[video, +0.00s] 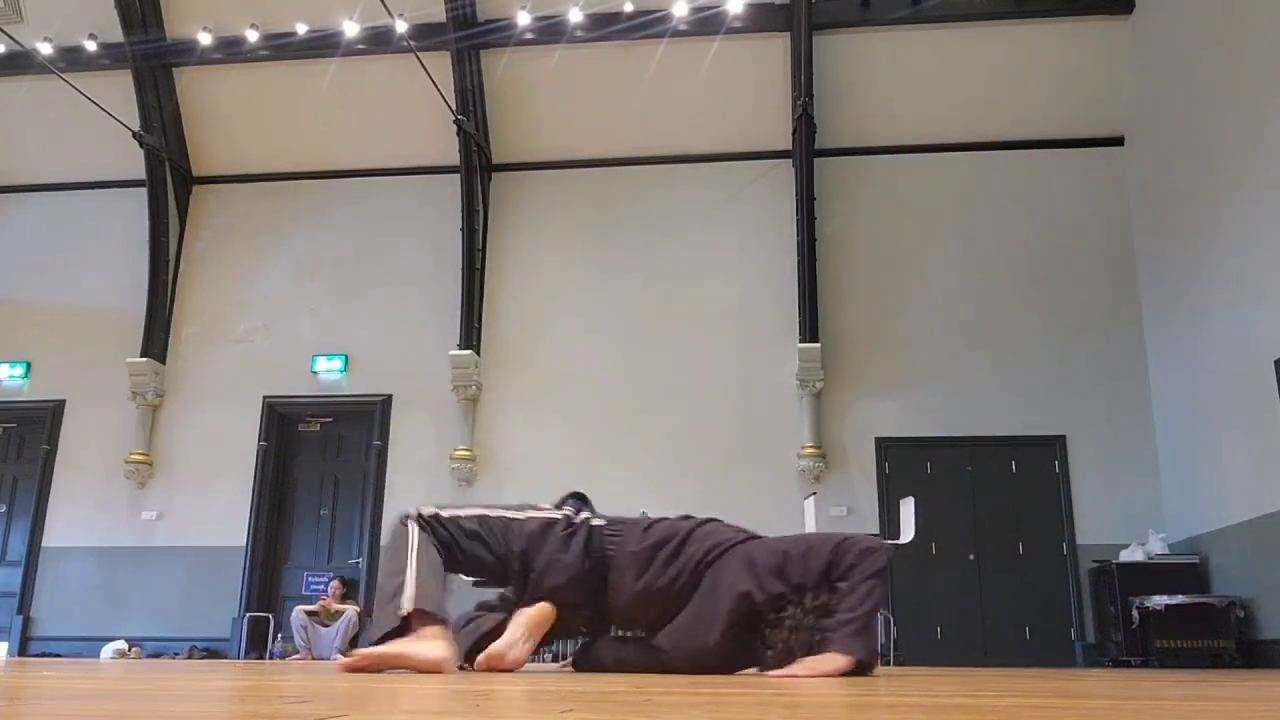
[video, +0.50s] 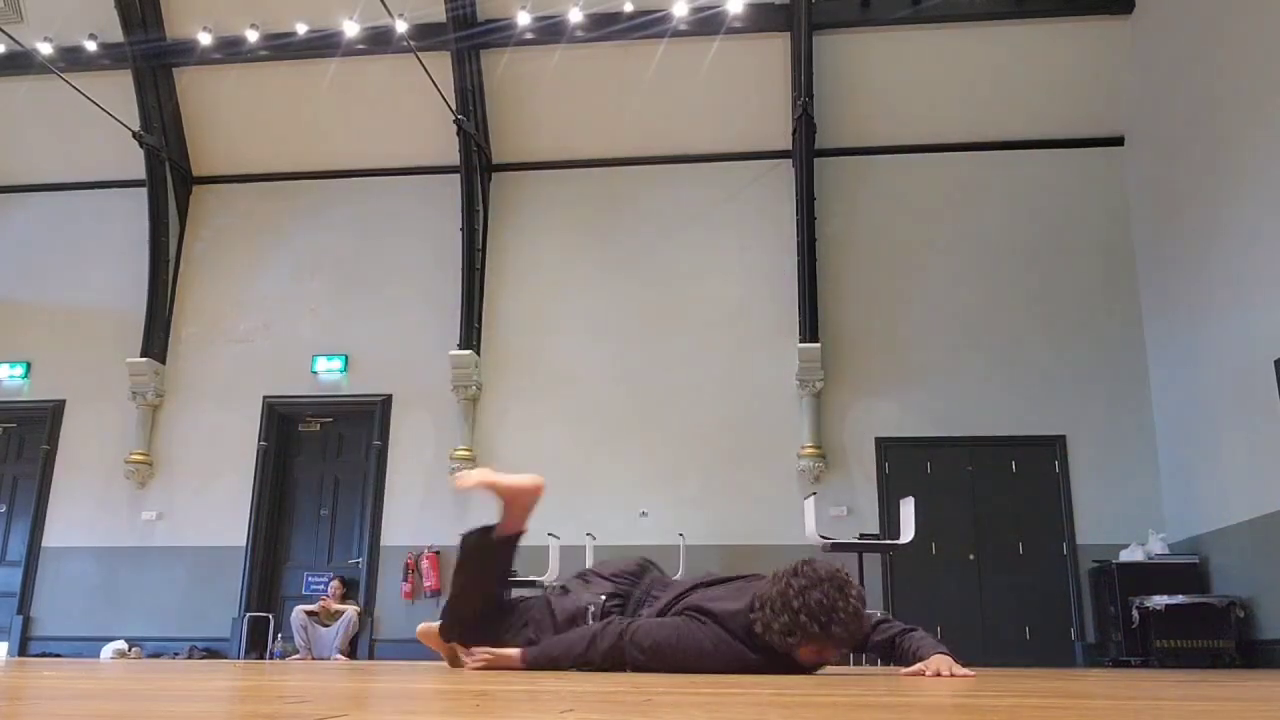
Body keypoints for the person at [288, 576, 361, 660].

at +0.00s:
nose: (333, 591)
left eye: (337, 588)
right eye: (331, 588)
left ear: (343, 590)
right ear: (328, 589)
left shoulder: (348, 603)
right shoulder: (323, 603)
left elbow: (357, 610)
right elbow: (298, 609)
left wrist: (335, 607)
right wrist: (316, 608)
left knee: (352, 613)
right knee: (297, 612)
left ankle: (336, 653)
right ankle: (304, 653)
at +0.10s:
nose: (333, 591)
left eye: (337, 589)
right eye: (331, 588)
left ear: (343, 591)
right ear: (328, 589)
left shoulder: (348, 603)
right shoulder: (323, 603)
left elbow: (357, 610)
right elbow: (298, 609)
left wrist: (334, 607)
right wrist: (316, 608)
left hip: (336, 633)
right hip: (316, 633)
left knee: (352, 613)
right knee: (297, 611)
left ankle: (337, 650)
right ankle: (304, 651)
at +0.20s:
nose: (333, 591)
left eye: (337, 589)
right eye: (331, 588)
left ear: (343, 591)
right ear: (328, 589)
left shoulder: (348, 603)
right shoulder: (322, 604)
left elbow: (355, 609)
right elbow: (297, 608)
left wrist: (334, 607)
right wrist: (314, 608)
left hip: (336, 631)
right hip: (317, 631)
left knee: (351, 612)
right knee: (297, 612)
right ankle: (302, 651)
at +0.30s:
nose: (333, 591)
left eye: (337, 589)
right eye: (331, 588)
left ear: (343, 591)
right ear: (328, 589)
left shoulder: (348, 603)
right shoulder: (322, 603)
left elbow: (356, 609)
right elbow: (297, 609)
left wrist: (334, 606)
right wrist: (314, 608)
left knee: (352, 613)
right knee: (297, 612)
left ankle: (337, 653)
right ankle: (304, 653)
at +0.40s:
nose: (333, 591)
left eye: (337, 589)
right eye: (331, 588)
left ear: (344, 591)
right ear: (328, 589)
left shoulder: (348, 603)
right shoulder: (322, 603)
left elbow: (356, 610)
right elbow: (297, 609)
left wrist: (334, 606)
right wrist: (314, 608)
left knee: (352, 614)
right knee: (296, 612)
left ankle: (337, 653)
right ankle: (304, 653)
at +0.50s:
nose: (333, 591)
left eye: (337, 589)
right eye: (331, 588)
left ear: (343, 591)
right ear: (328, 589)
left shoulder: (348, 603)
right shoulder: (322, 603)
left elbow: (356, 610)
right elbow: (297, 609)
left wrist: (334, 606)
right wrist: (314, 608)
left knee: (352, 614)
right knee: (297, 612)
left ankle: (337, 653)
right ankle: (304, 653)